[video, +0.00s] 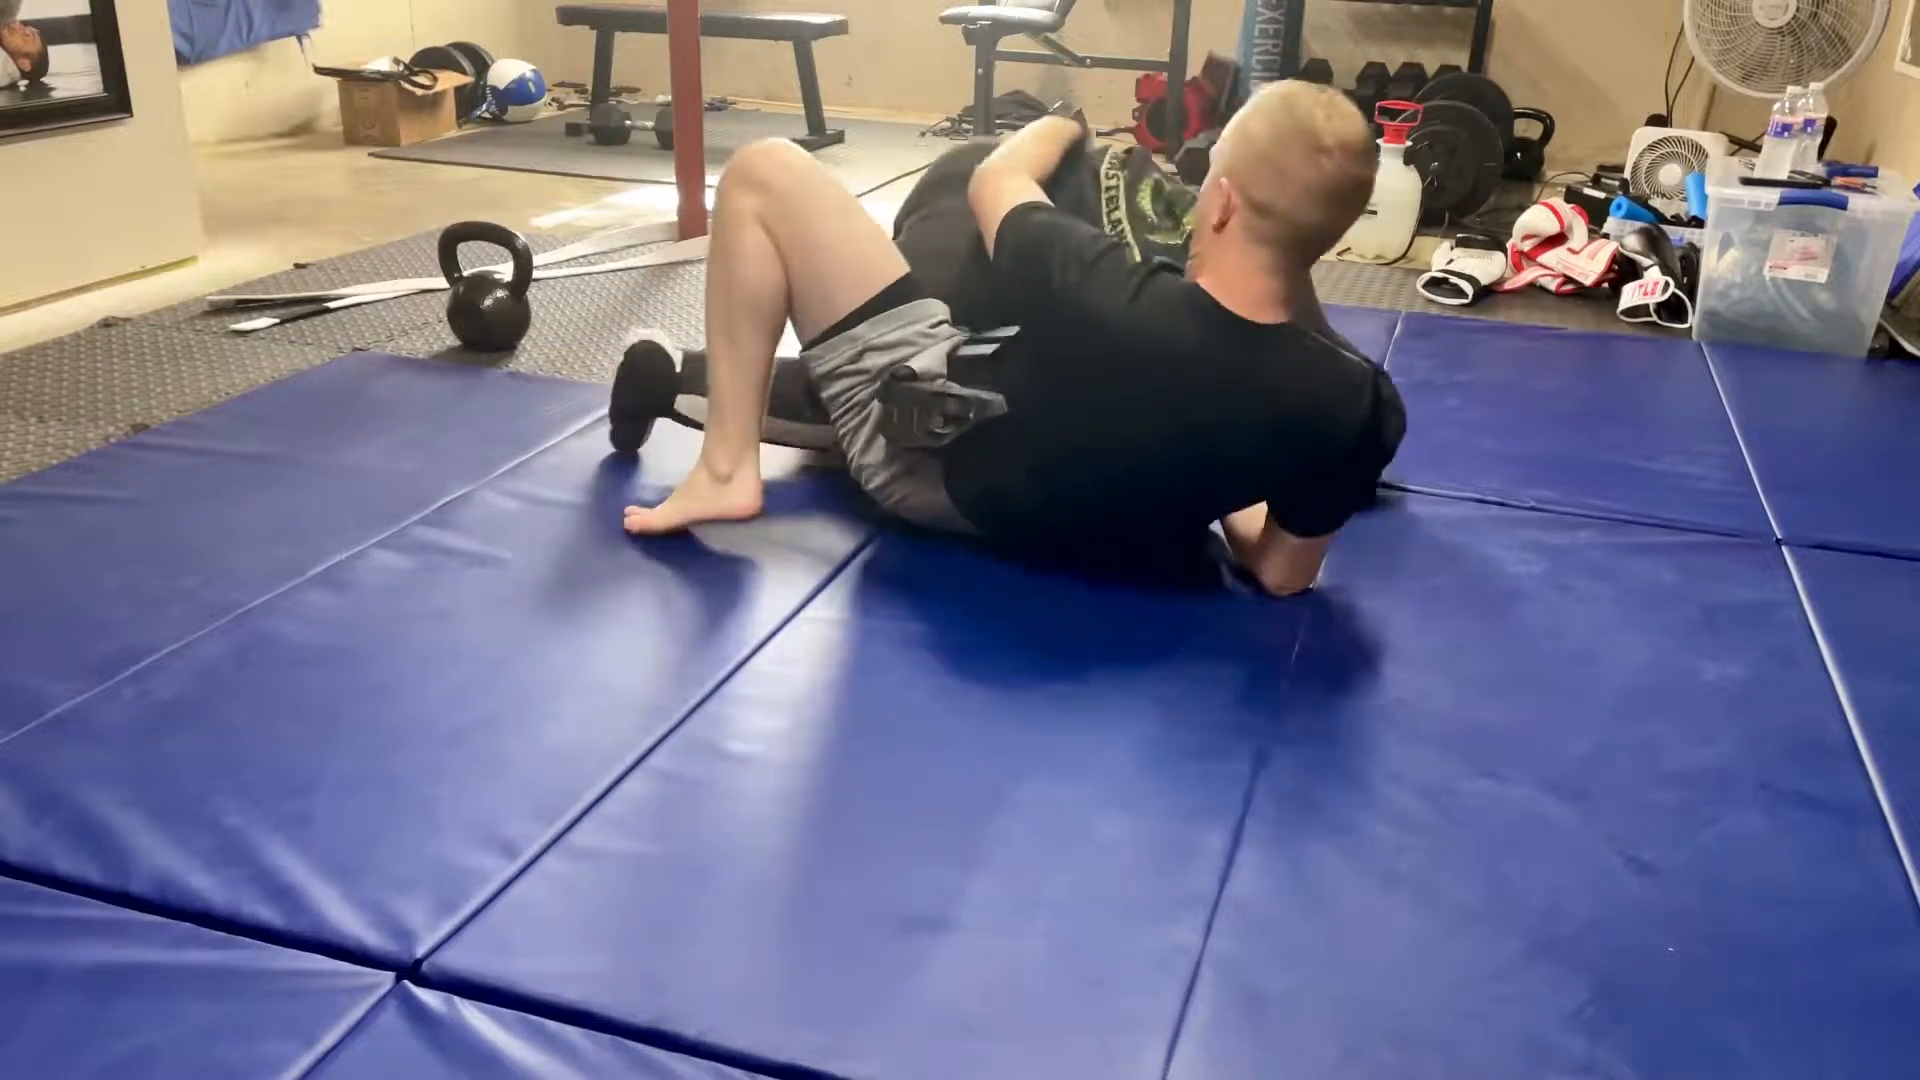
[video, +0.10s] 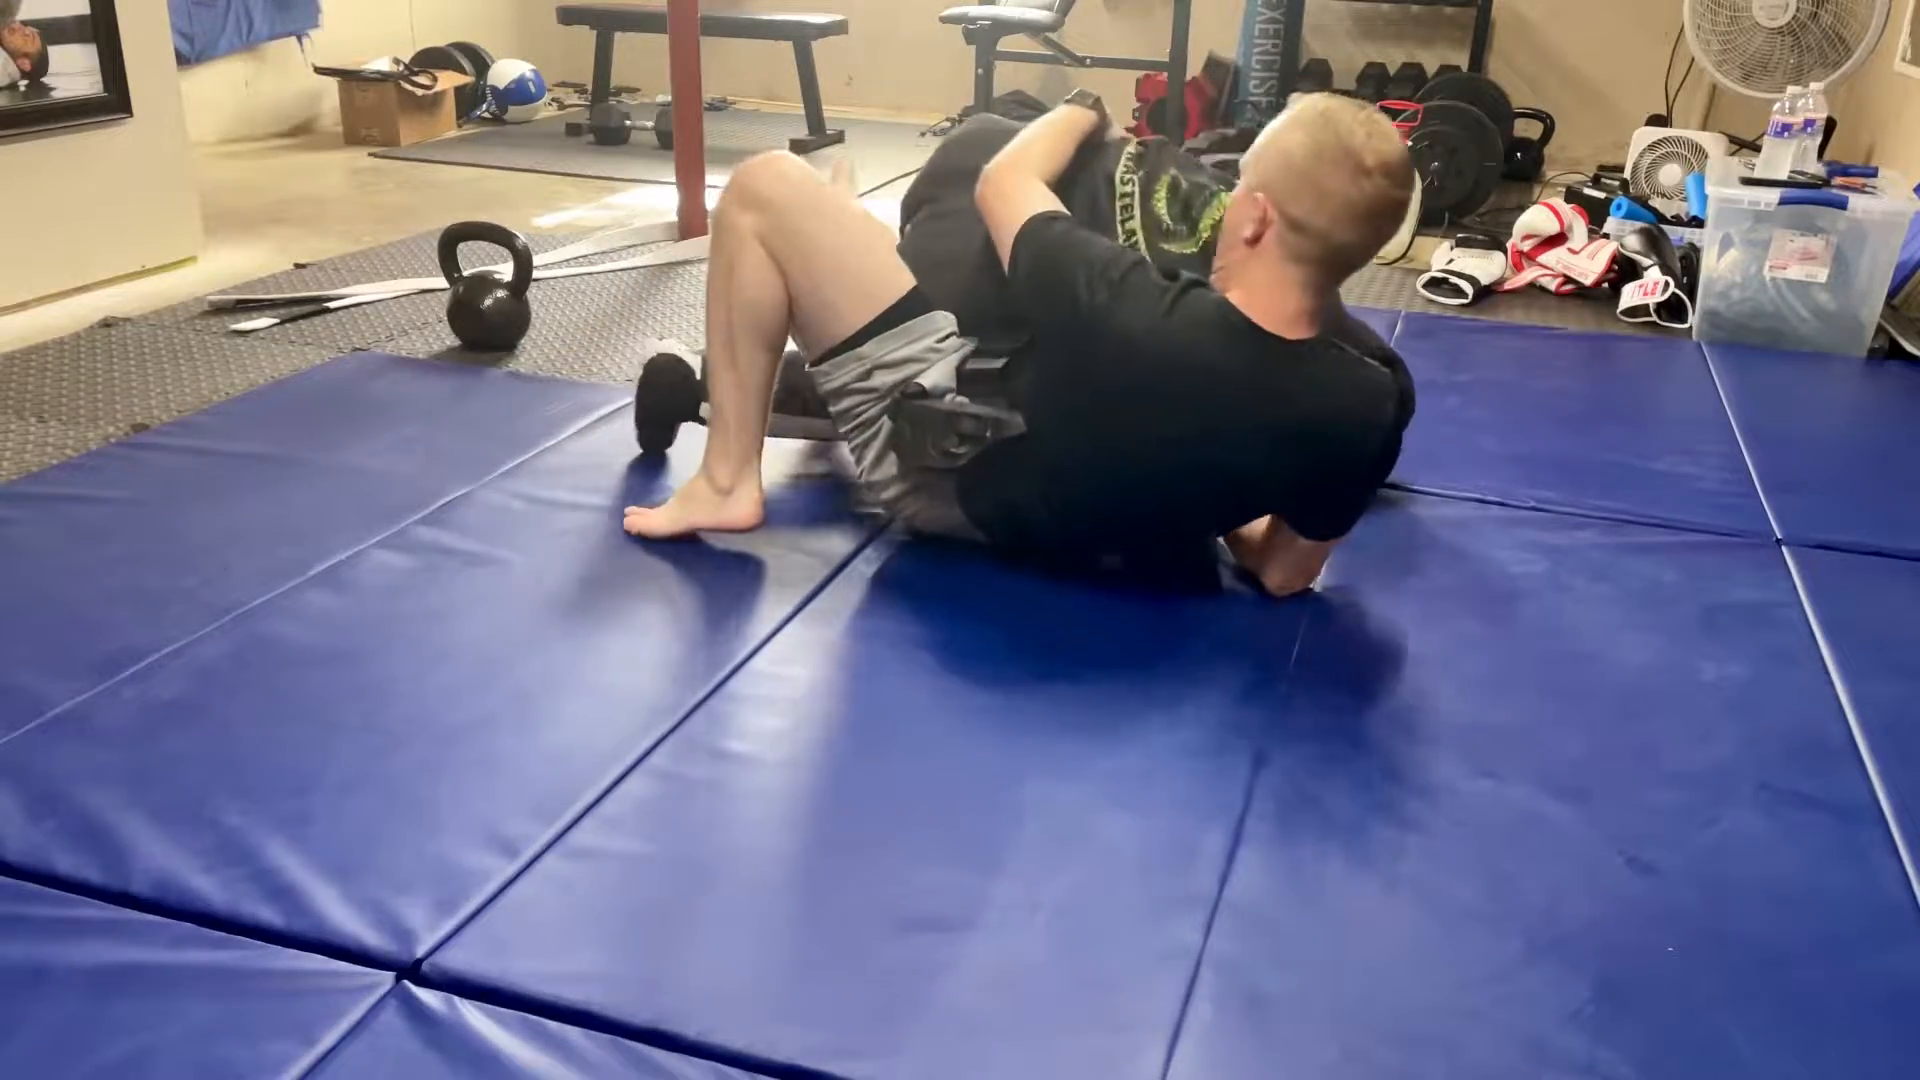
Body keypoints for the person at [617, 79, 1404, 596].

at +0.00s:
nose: (1204, 189)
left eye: (1211, 175)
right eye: (1213, 172)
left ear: (1220, 202)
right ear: (1339, 237)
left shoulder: (1090, 285)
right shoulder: (1355, 409)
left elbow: (997, 186)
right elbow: (1283, 573)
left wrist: (1055, 127)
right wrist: (1238, 499)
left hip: (941, 480)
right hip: (1109, 538)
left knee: (763, 168)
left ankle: (726, 468)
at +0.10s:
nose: (1228, 199)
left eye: (1240, 186)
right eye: (1243, 182)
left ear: (1254, 218)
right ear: (1364, 256)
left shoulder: (1117, 306)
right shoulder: (1374, 396)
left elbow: (1004, 185)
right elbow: (1285, 573)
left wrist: (1077, 113)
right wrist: (1219, 494)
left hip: (952, 479)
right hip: (1107, 532)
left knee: (763, 184)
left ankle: (727, 480)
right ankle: (732, 392)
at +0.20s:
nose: (1263, 200)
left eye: (1277, 183)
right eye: (1278, 180)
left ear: (1304, 211)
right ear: (1402, 250)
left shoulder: (1167, 310)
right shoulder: (1397, 403)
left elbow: (1014, 187)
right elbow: (1286, 573)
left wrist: (1087, 112)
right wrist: (1215, 480)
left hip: (958, 488)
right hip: (1094, 536)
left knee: (765, 203)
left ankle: (722, 487)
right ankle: (734, 404)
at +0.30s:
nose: (1296, 195)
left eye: (1314, 173)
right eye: (1311, 171)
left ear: (1367, 196)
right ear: (1417, 218)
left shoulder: (1246, 284)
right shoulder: (1430, 398)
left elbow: (1038, 198)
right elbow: (1289, 574)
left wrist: (1094, 118)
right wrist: (1235, 461)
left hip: (978, 490)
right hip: (1087, 552)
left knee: (760, 226)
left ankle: (718, 499)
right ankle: (752, 415)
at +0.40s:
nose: (1310, 187)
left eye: (1333, 167)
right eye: (1320, 165)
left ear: (1414, 182)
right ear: (1438, 193)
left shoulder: (1363, 244)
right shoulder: (1462, 371)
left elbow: (1107, 246)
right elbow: (1308, 570)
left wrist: (1089, 156)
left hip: (1080, 518)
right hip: (1157, 584)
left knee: (797, 264)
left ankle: (663, 493)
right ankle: (744, 429)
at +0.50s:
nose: (1290, 193)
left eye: (1314, 166)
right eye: (1297, 168)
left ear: (1408, 163)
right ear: (1419, 177)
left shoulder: (1396, 235)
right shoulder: (1461, 304)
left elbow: (1171, 304)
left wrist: (1091, 215)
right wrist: (1170, 258)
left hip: (1202, 580)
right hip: (1248, 592)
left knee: (898, 341)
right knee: (914, 385)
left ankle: (638, 534)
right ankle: (718, 496)